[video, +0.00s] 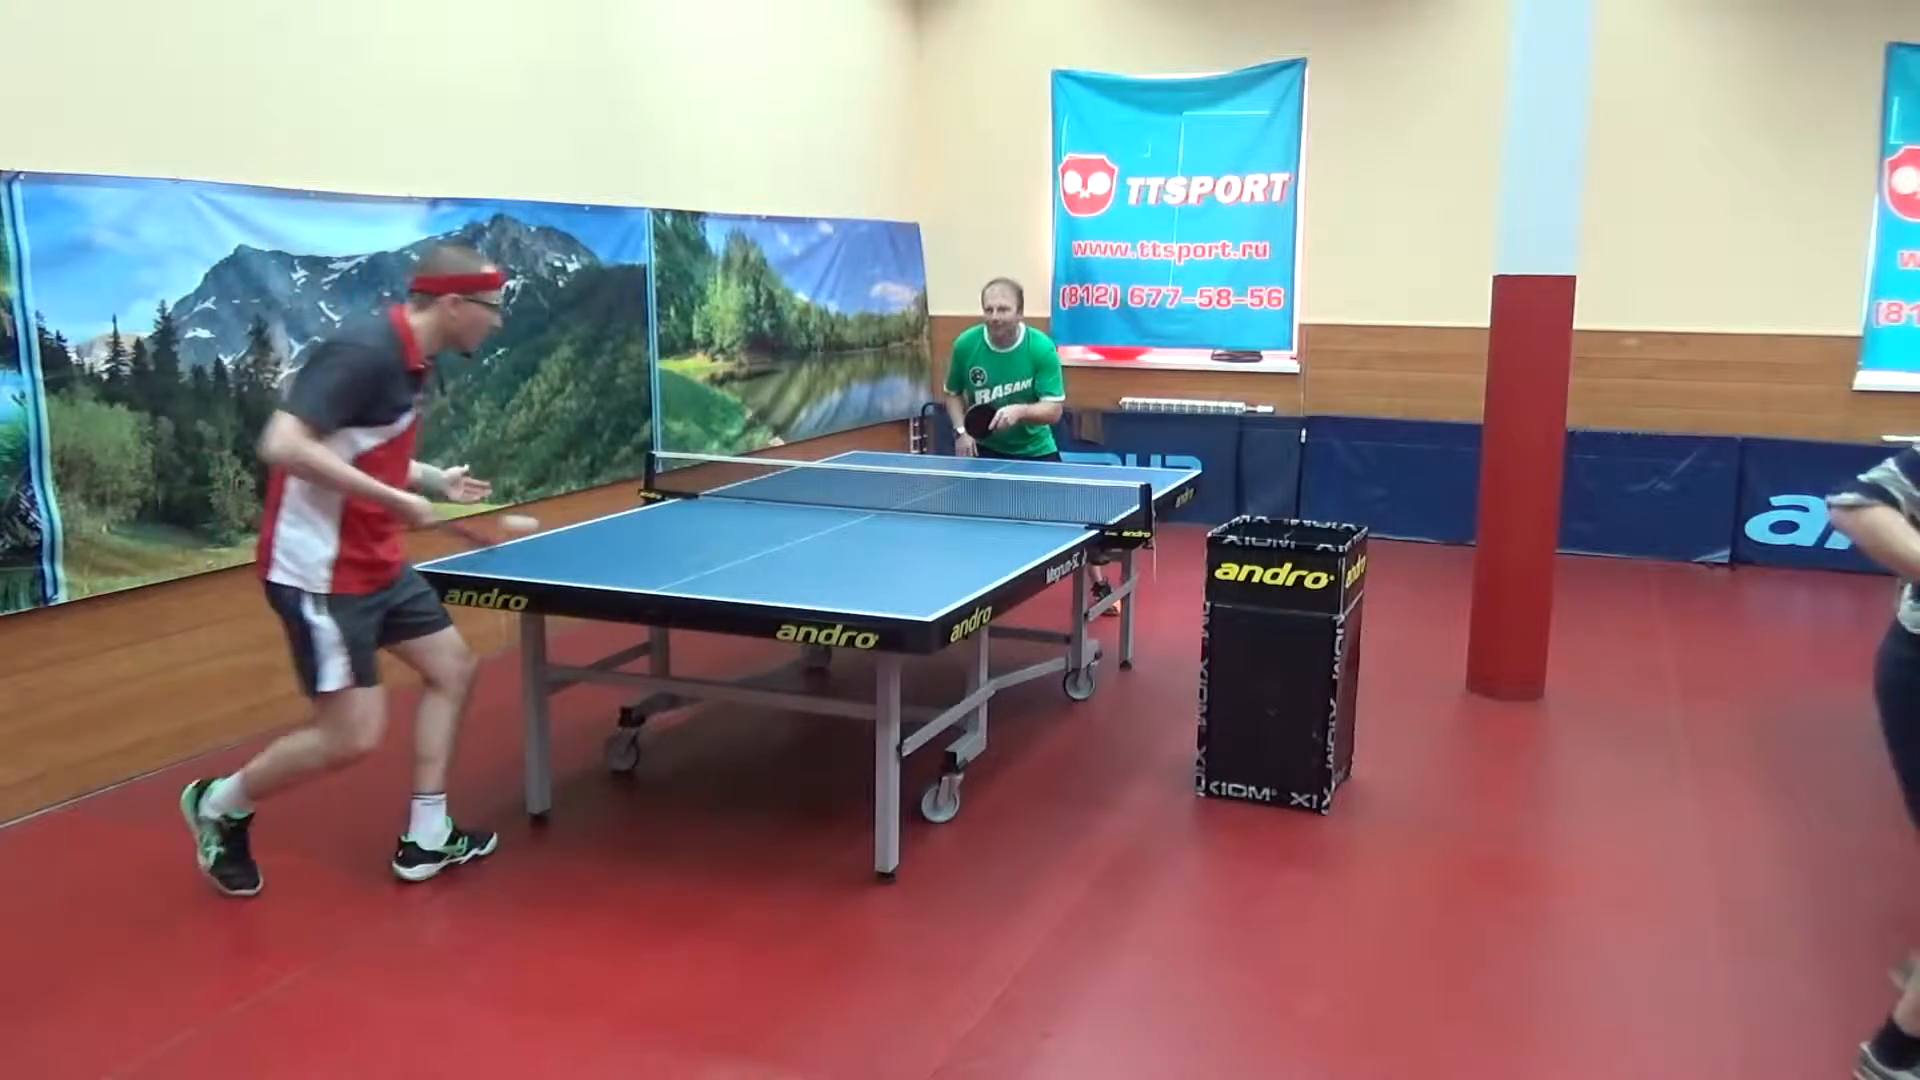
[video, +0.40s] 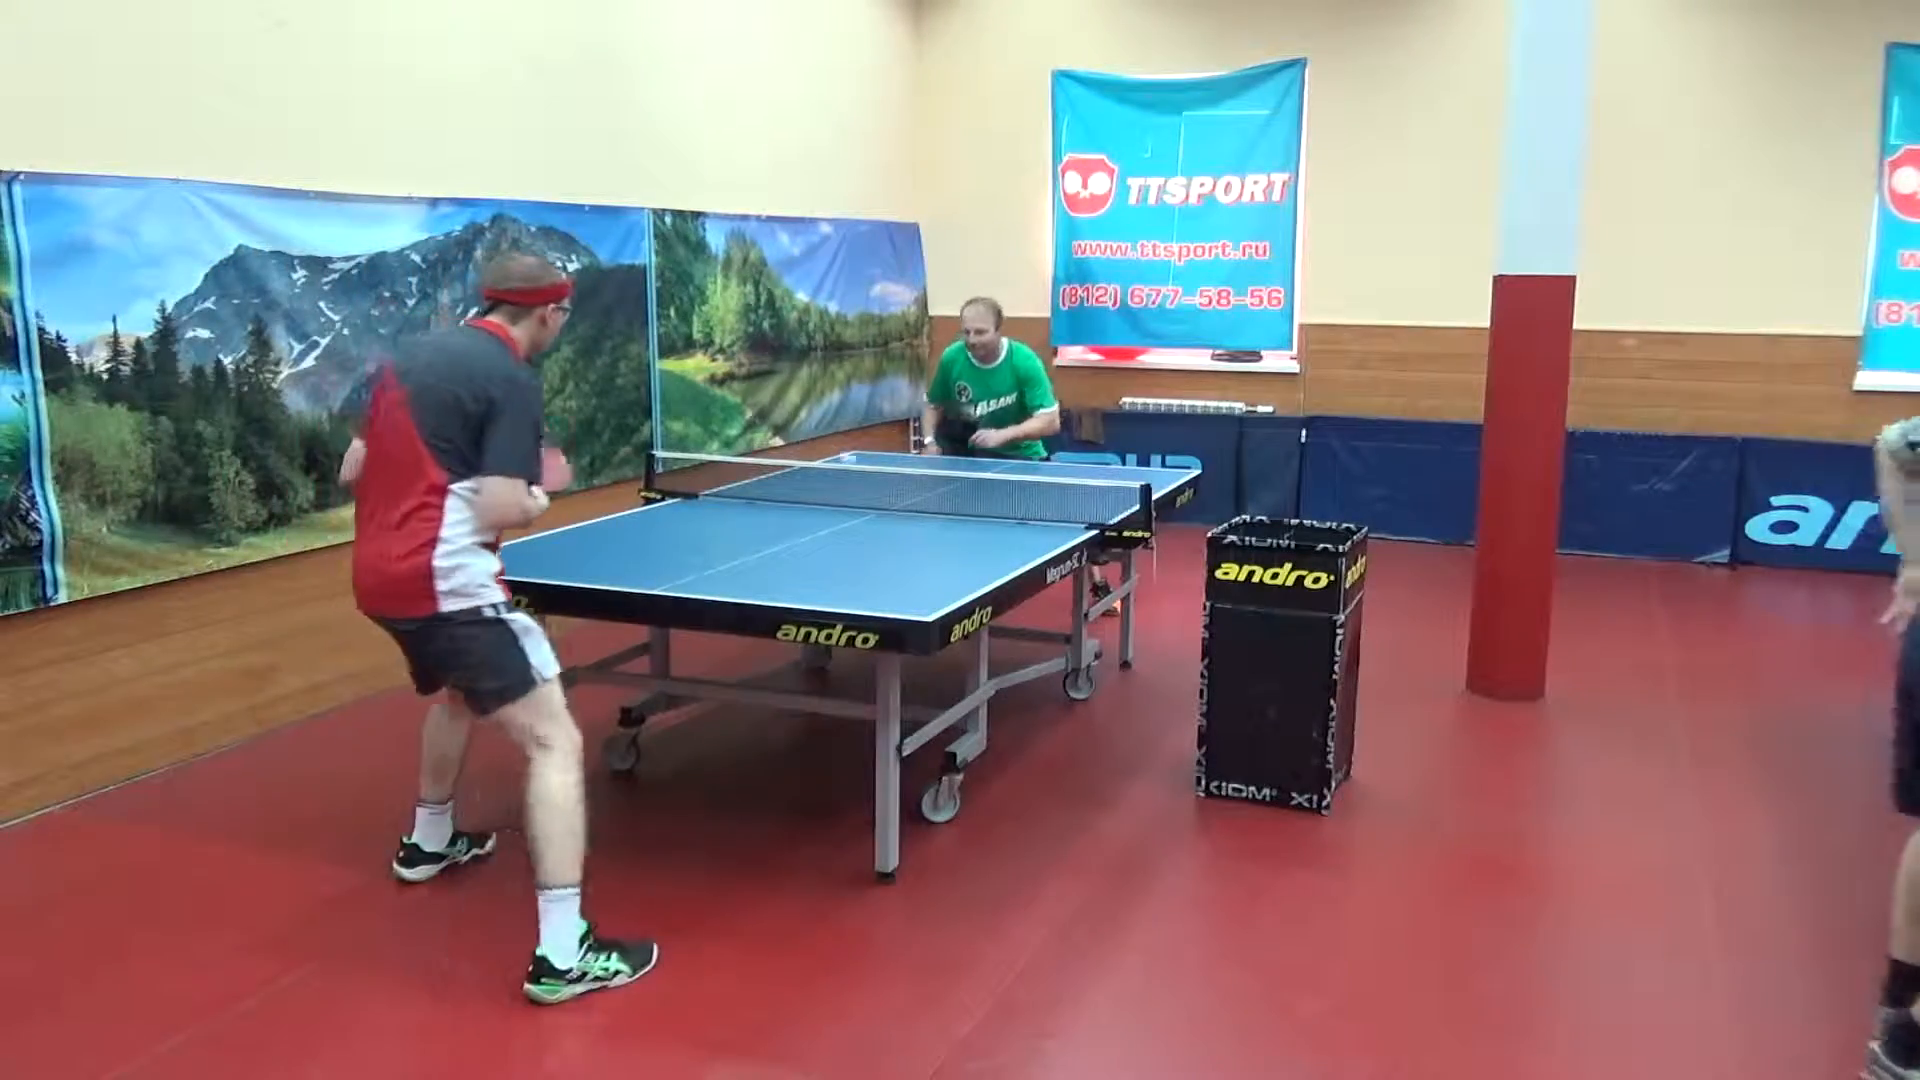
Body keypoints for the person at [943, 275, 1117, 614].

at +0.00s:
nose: (996, 317)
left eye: (1004, 310)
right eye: (990, 310)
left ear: (1020, 312)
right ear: (982, 311)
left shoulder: (1041, 348)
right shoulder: (965, 346)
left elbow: (1053, 410)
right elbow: (954, 393)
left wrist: (1019, 412)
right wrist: (962, 431)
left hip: (1037, 450)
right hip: (987, 451)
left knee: (1070, 514)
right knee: (974, 520)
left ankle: (1100, 585)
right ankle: (969, 595)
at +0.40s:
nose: (972, 340)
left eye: (980, 333)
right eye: (966, 332)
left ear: (999, 330)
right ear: (961, 330)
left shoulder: (1024, 360)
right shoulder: (951, 359)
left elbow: (1050, 421)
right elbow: (933, 405)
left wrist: (1003, 434)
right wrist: (929, 441)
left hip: (1024, 461)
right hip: (970, 463)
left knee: (1064, 512)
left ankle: (1097, 583)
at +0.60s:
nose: (946, 357)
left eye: (954, 350)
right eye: (943, 350)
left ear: (976, 350)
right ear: (939, 349)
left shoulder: (1001, 377)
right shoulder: (936, 372)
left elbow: (1020, 432)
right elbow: (925, 418)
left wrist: (969, 436)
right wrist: (921, 427)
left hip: (1013, 465)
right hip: (962, 466)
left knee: (1050, 519)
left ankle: (1096, 584)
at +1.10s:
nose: (960, 305)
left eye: (969, 298)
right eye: (956, 298)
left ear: (990, 301)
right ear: (953, 301)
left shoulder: (1011, 338)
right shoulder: (947, 339)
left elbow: (1020, 398)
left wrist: (966, 404)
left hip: (1017, 452)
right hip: (965, 451)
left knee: (1051, 516)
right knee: (954, 522)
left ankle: (1088, 588)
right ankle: (959, 597)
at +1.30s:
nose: (974, 298)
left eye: (983, 291)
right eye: (970, 291)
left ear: (1004, 295)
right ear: (965, 294)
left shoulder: (1028, 336)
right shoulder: (953, 334)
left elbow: (1051, 394)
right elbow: (938, 383)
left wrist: (1008, 409)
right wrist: (934, 424)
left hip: (1021, 448)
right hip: (967, 447)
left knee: (1049, 516)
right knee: (958, 521)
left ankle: (1087, 587)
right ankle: (958, 596)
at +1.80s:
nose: (941, 302)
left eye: (947, 294)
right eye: (939, 295)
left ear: (974, 290)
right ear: (945, 295)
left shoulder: (1013, 324)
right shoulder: (947, 334)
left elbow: (1053, 375)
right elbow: (947, 388)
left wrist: (1024, 416)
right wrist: (932, 424)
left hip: (1024, 446)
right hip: (972, 447)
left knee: (1049, 518)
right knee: (966, 522)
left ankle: (1087, 587)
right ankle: (969, 599)